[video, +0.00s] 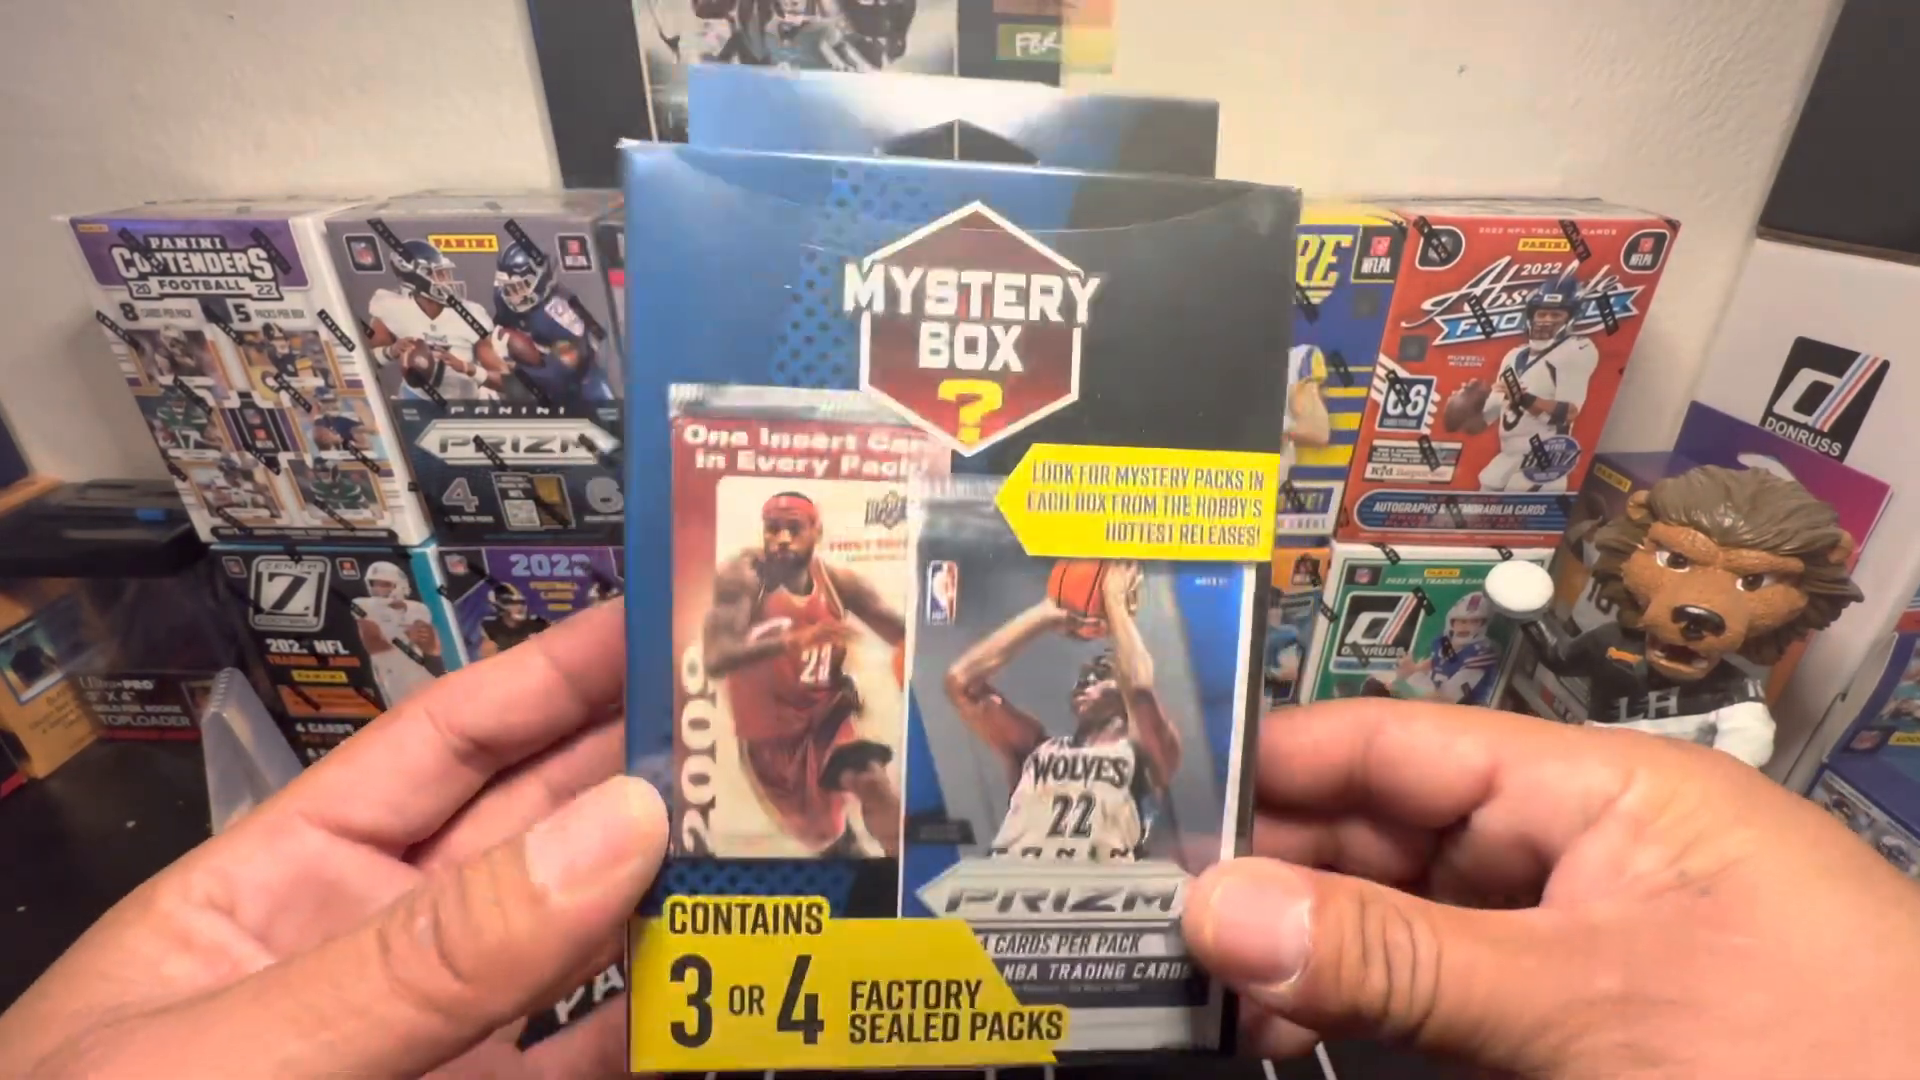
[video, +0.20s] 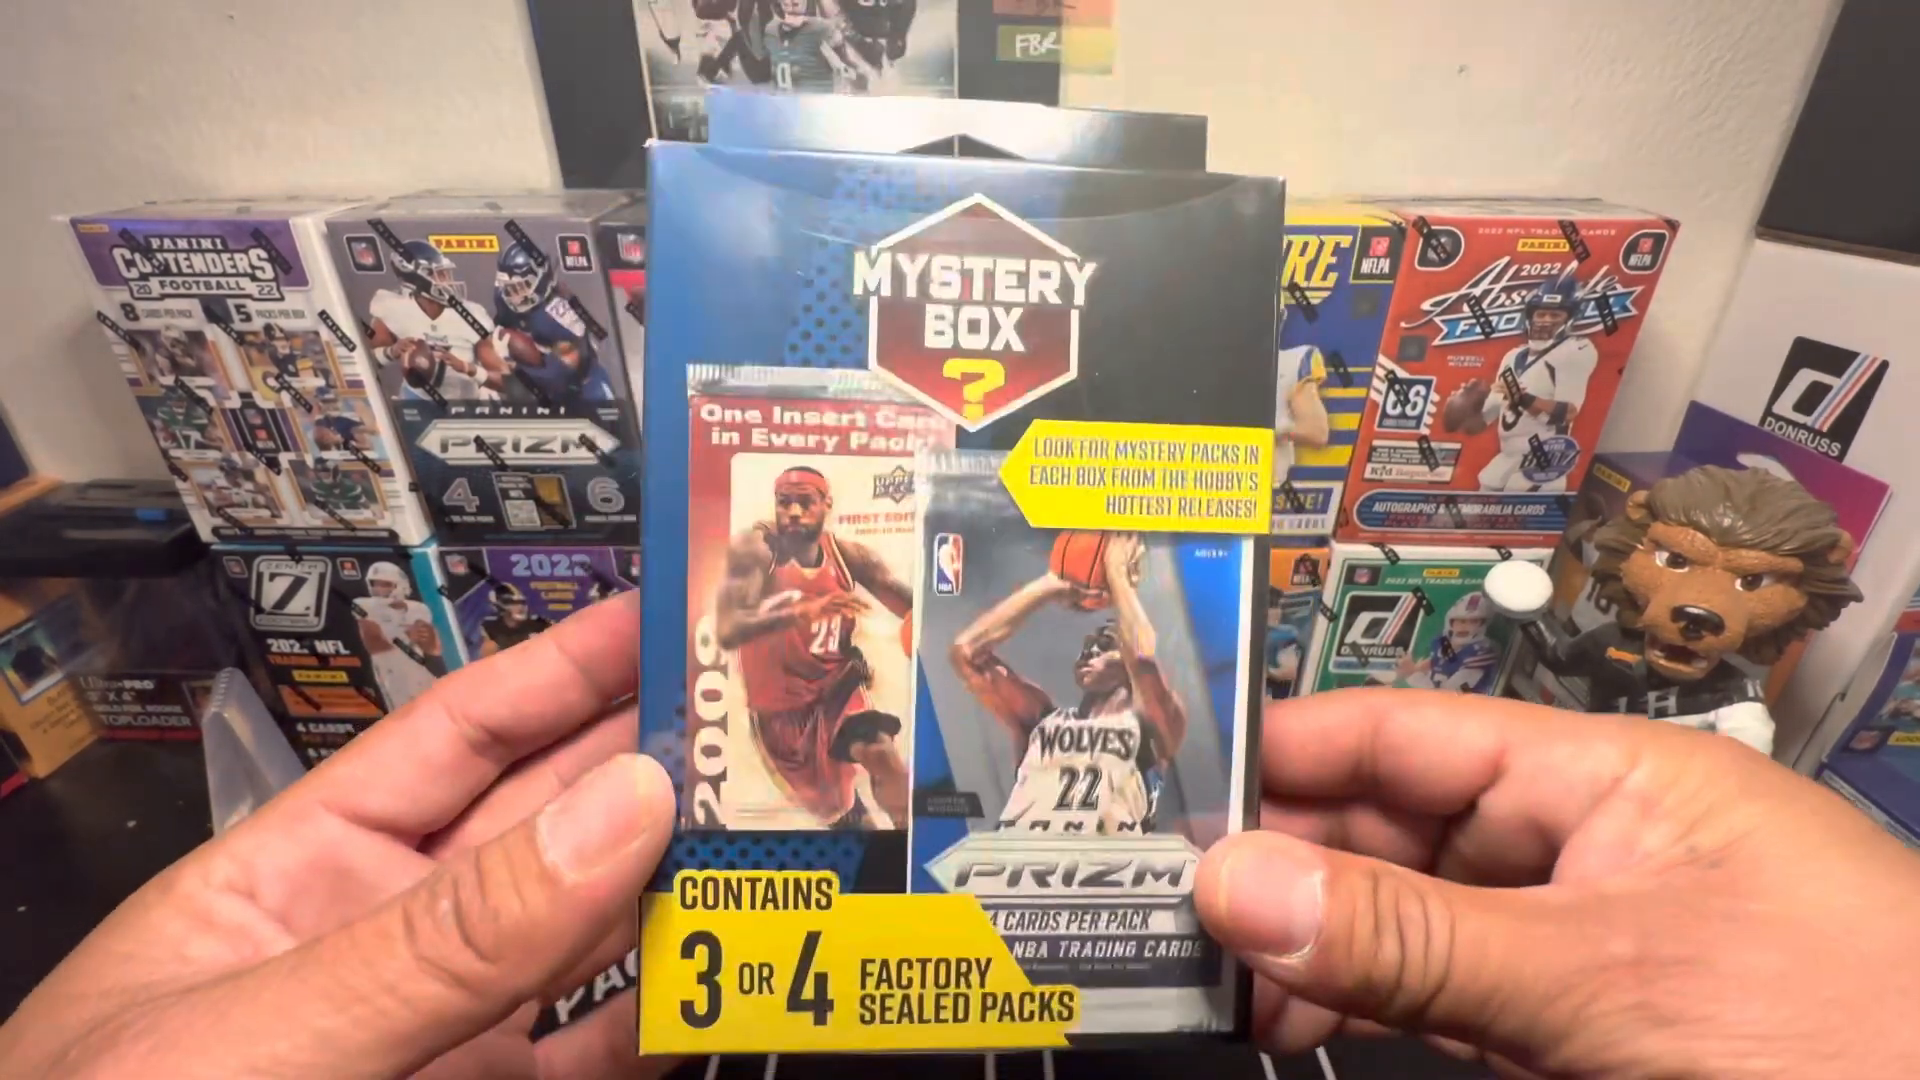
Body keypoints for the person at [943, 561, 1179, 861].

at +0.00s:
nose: (1083, 684)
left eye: (1100, 675)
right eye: (1081, 677)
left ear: (1124, 690)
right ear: (1072, 694)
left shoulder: (1143, 755)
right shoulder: (1034, 748)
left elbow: (1138, 688)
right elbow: (961, 682)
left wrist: (1115, 603)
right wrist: (1046, 614)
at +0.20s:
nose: (1087, 654)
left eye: (1104, 645)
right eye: (1085, 647)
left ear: (1128, 662)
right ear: (1077, 662)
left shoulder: (1149, 727)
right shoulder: (1039, 719)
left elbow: (1141, 661)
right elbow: (967, 651)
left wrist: (1118, 575)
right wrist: (1047, 586)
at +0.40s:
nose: (1091, 635)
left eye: (1110, 626)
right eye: (1090, 628)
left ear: (1134, 642)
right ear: (1081, 642)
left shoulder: (1158, 710)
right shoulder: (1042, 704)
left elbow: (1146, 642)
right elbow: (968, 636)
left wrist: (1120, 554)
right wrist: (1051, 568)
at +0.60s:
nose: (1043, 680)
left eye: (1061, 672)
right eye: (1042, 674)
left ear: (1087, 688)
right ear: (1033, 689)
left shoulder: (1113, 755)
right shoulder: (997, 753)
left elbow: (1099, 683)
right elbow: (917, 691)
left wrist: (1066, 594)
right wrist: (997, 616)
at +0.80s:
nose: (1025, 707)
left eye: (1043, 700)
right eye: (1023, 701)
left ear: (1069, 715)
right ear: (1014, 715)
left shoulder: (1094, 779)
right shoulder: (980, 778)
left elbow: (1081, 712)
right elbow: (900, 718)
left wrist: (1047, 623)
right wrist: (980, 644)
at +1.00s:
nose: (1037, 722)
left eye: (1053, 716)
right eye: (1035, 716)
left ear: (1078, 730)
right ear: (1026, 728)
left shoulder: (1099, 791)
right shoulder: (988, 789)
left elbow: (1089, 728)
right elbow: (914, 731)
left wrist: (1060, 644)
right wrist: (995, 661)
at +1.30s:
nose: (1066, 720)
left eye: (1083, 714)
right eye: (1065, 715)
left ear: (1106, 730)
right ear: (1056, 730)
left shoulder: (1126, 789)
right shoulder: (1019, 787)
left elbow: (1118, 727)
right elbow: (947, 730)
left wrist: (1090, 645)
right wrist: (1026, 661)